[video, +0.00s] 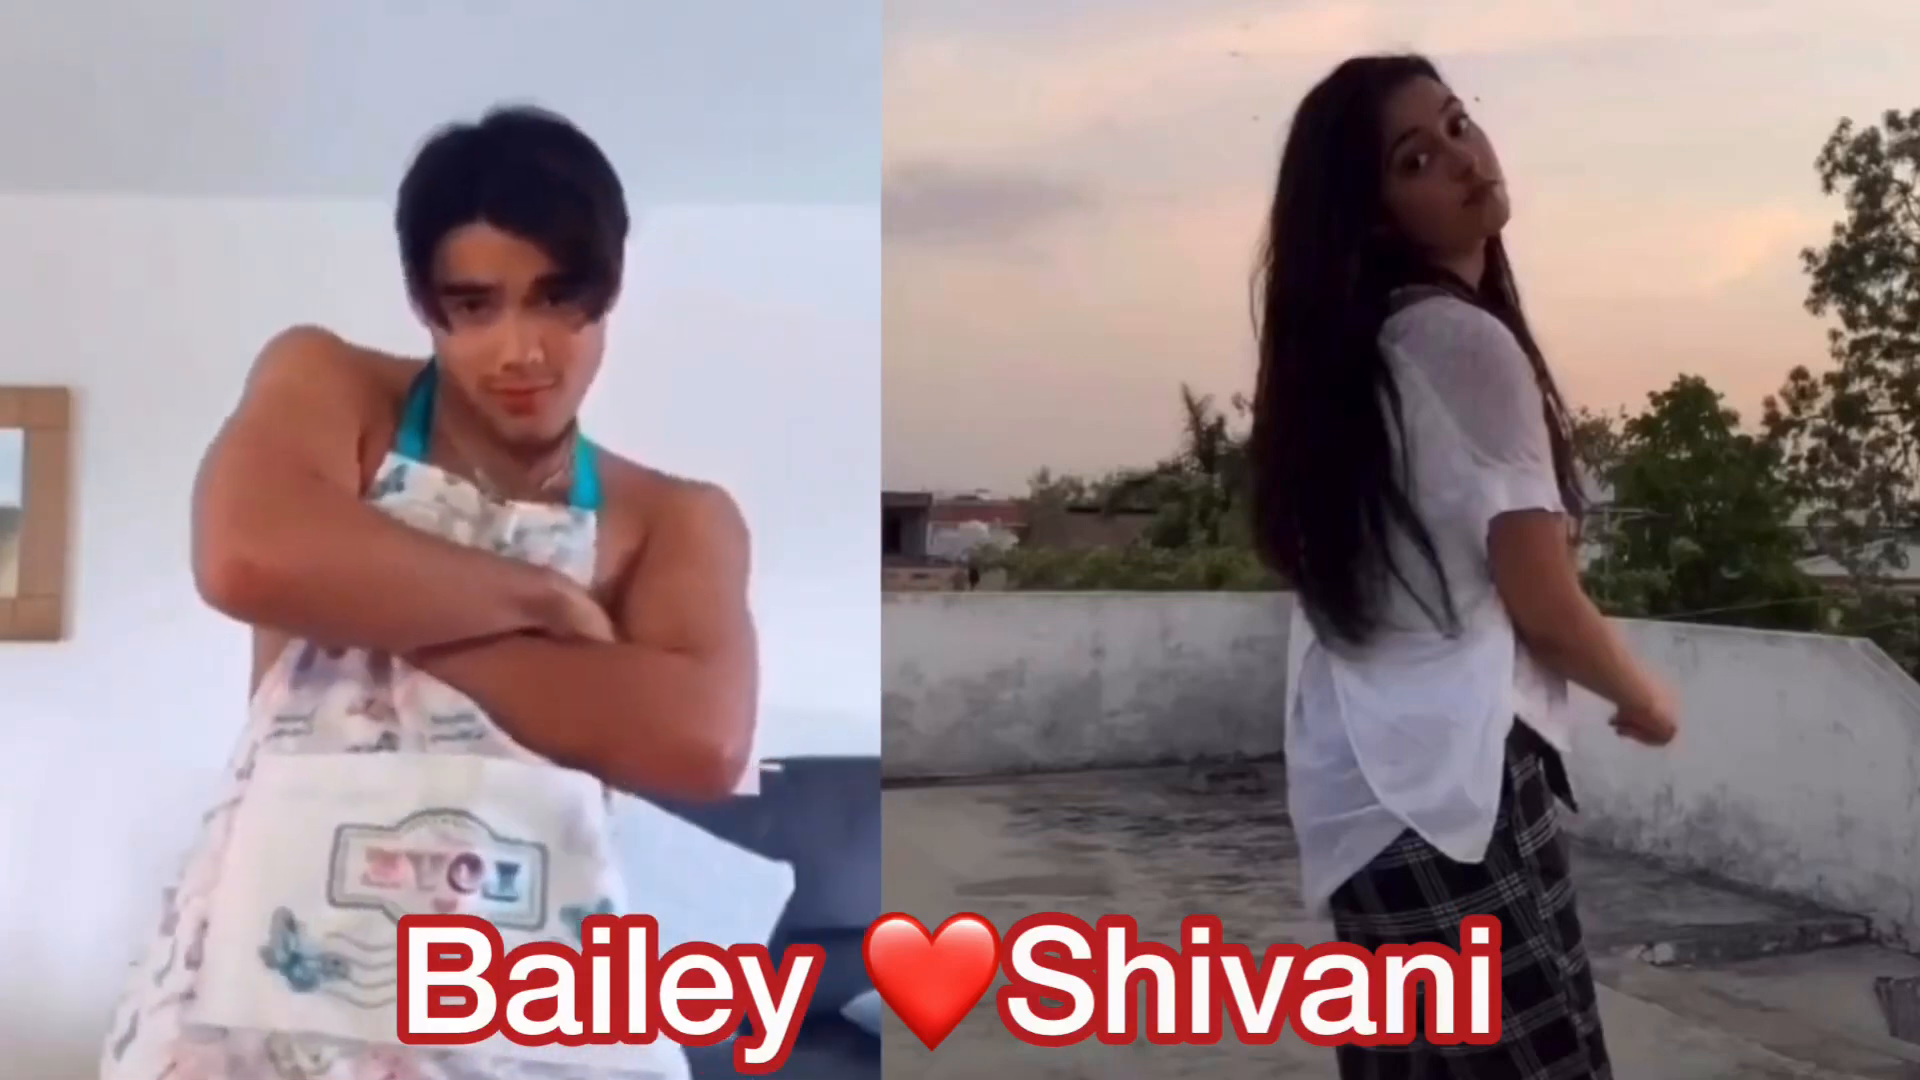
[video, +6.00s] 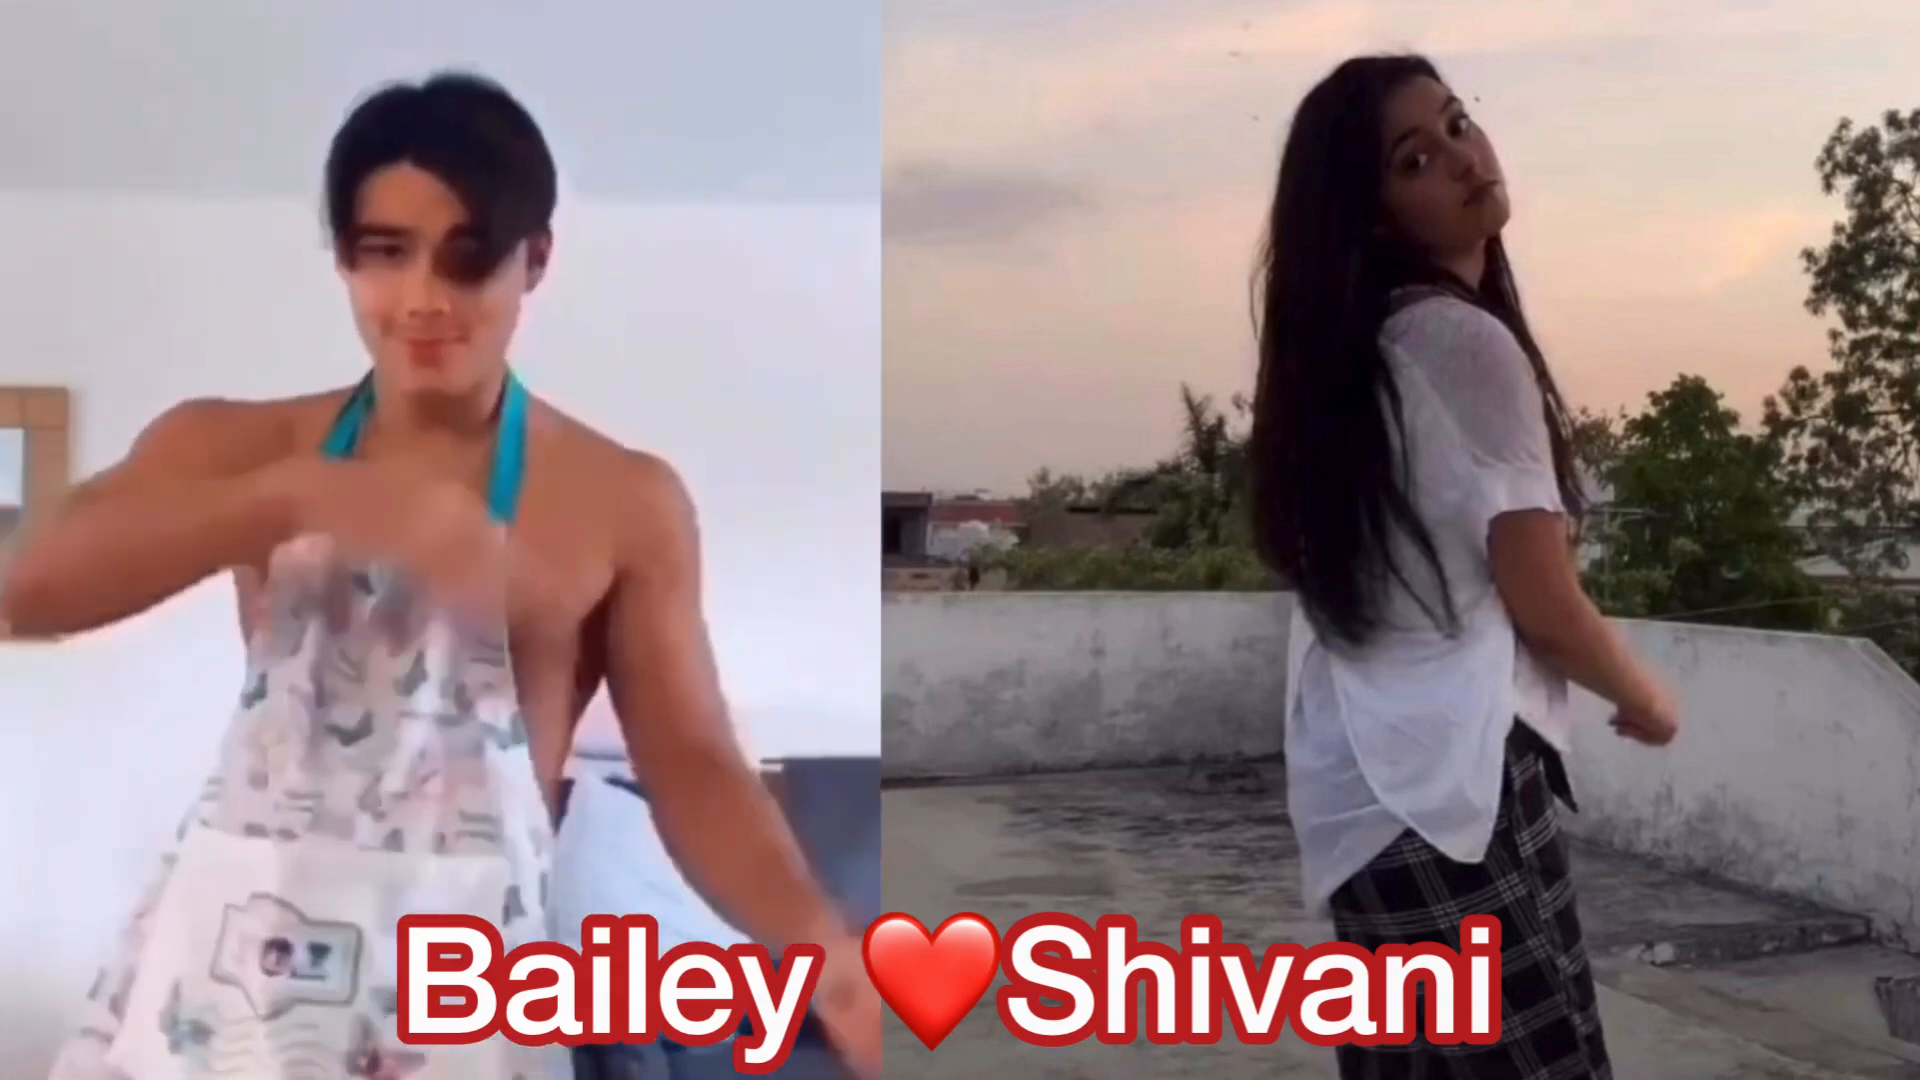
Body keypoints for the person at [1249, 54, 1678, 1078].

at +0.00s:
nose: (1467, 158)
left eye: (1459, 125)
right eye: (1418, 158)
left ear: (1480, 128)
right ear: (1370, 210)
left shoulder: (1352, 333)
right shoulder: (1464, 339)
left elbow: (1393, 566)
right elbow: (1545, 603)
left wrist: (1546, 665)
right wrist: (1642, 697)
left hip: (1362, 783)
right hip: (1451, 789)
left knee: (1397, 1056)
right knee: (1544, 1055)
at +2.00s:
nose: (1467, 158)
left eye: (1459, 125)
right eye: (1418, 159)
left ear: (1480, 129)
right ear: (1370, 210)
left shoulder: (1352, 332)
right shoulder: (1464, 339)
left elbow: (1392, 565)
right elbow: (1544, 602)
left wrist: (1545, 666)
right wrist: (1643, 697)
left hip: (1361, 783)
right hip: (1451, 789)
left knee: (1396, 1056)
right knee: (1544, 1055)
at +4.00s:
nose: (1466, 158)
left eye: (1459, 125)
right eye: (1417, 158)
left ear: (1480, 129)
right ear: (1370, 210)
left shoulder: (1354, 333)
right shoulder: (1465, 339)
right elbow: (1546, 604)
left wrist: (1561, 666)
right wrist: (1642, 696)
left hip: (1362, 783)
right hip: (1452, 789)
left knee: (1397, 1056)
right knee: (1545, 1056)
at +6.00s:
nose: (1466, 157)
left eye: (1459, 125)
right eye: (1417, 158)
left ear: (1480, 128)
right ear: (1370, 211)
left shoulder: (1353, 333)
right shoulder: (1465, 339)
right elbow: (1546, 604)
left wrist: (1560, 666)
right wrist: (1643, 697)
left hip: (1361, 783)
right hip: (1452, 789)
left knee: (1397, 1056)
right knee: (1545, 1056)